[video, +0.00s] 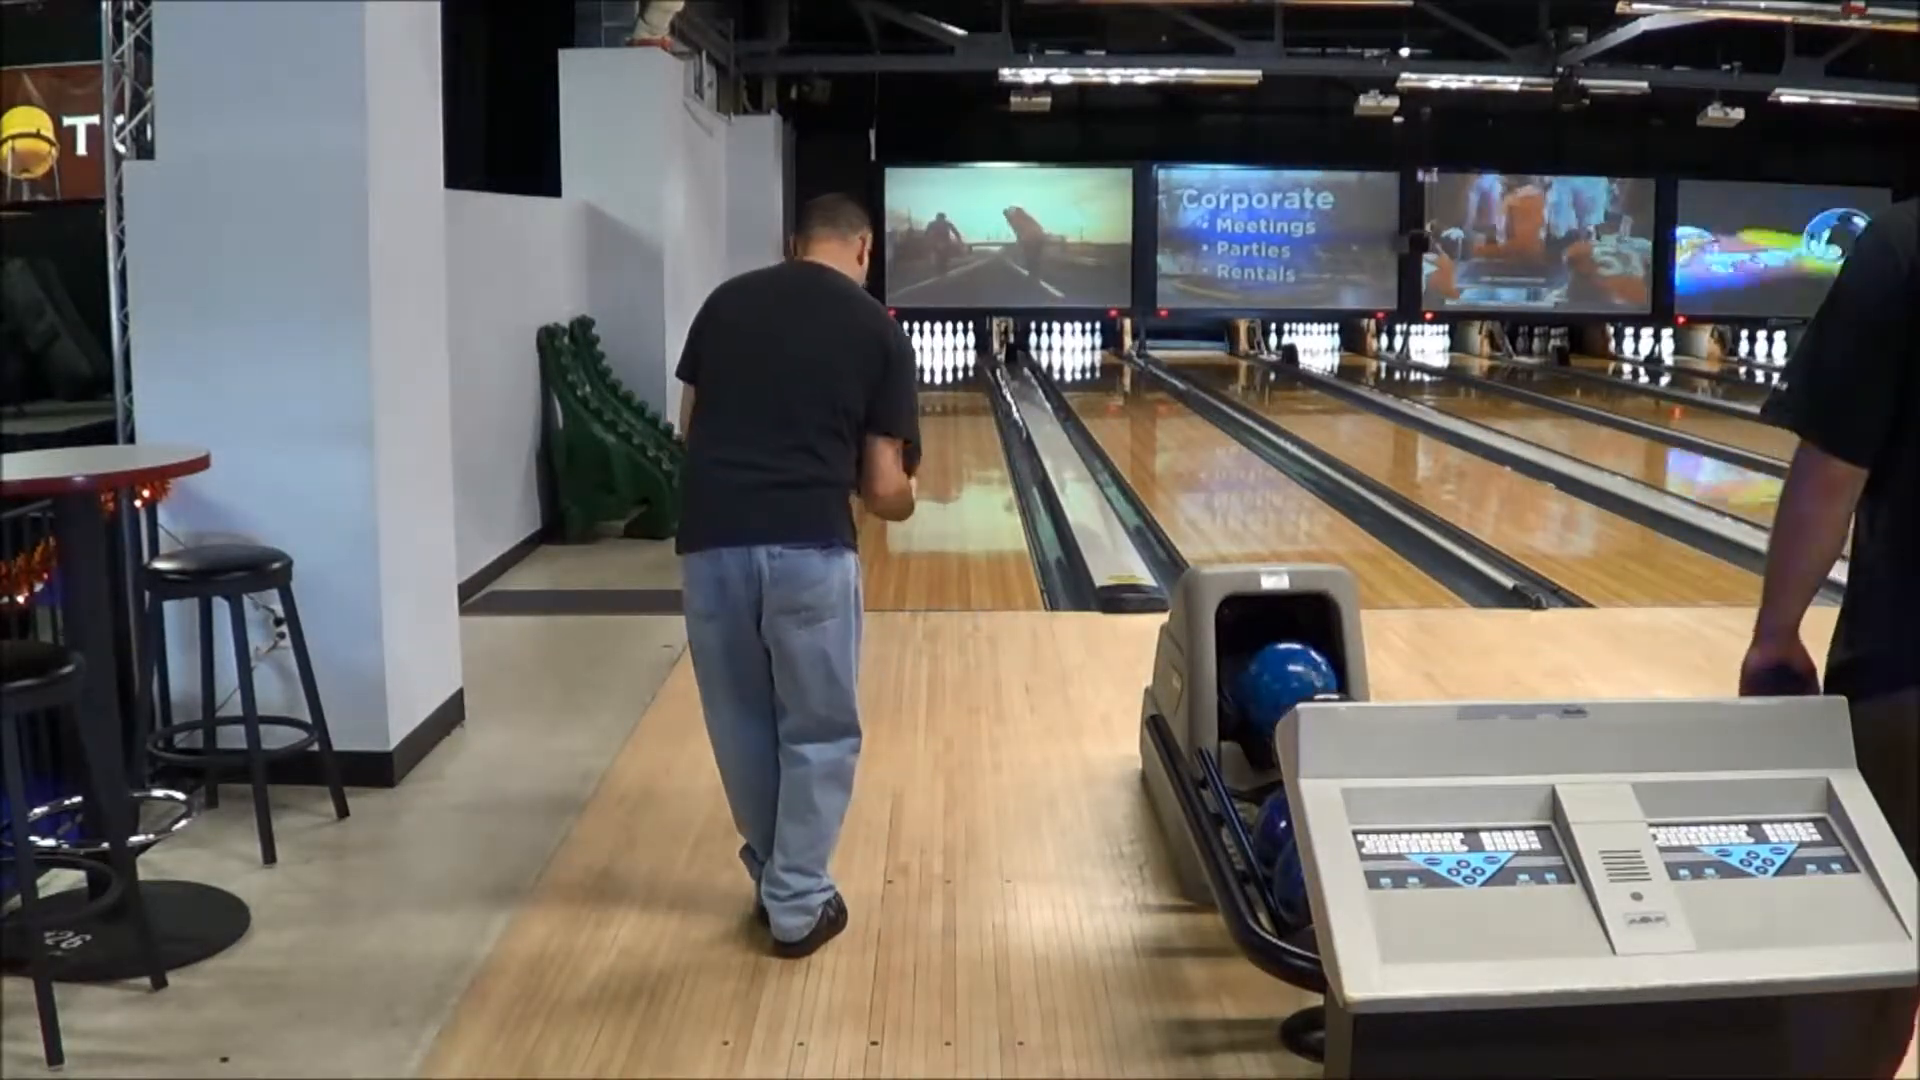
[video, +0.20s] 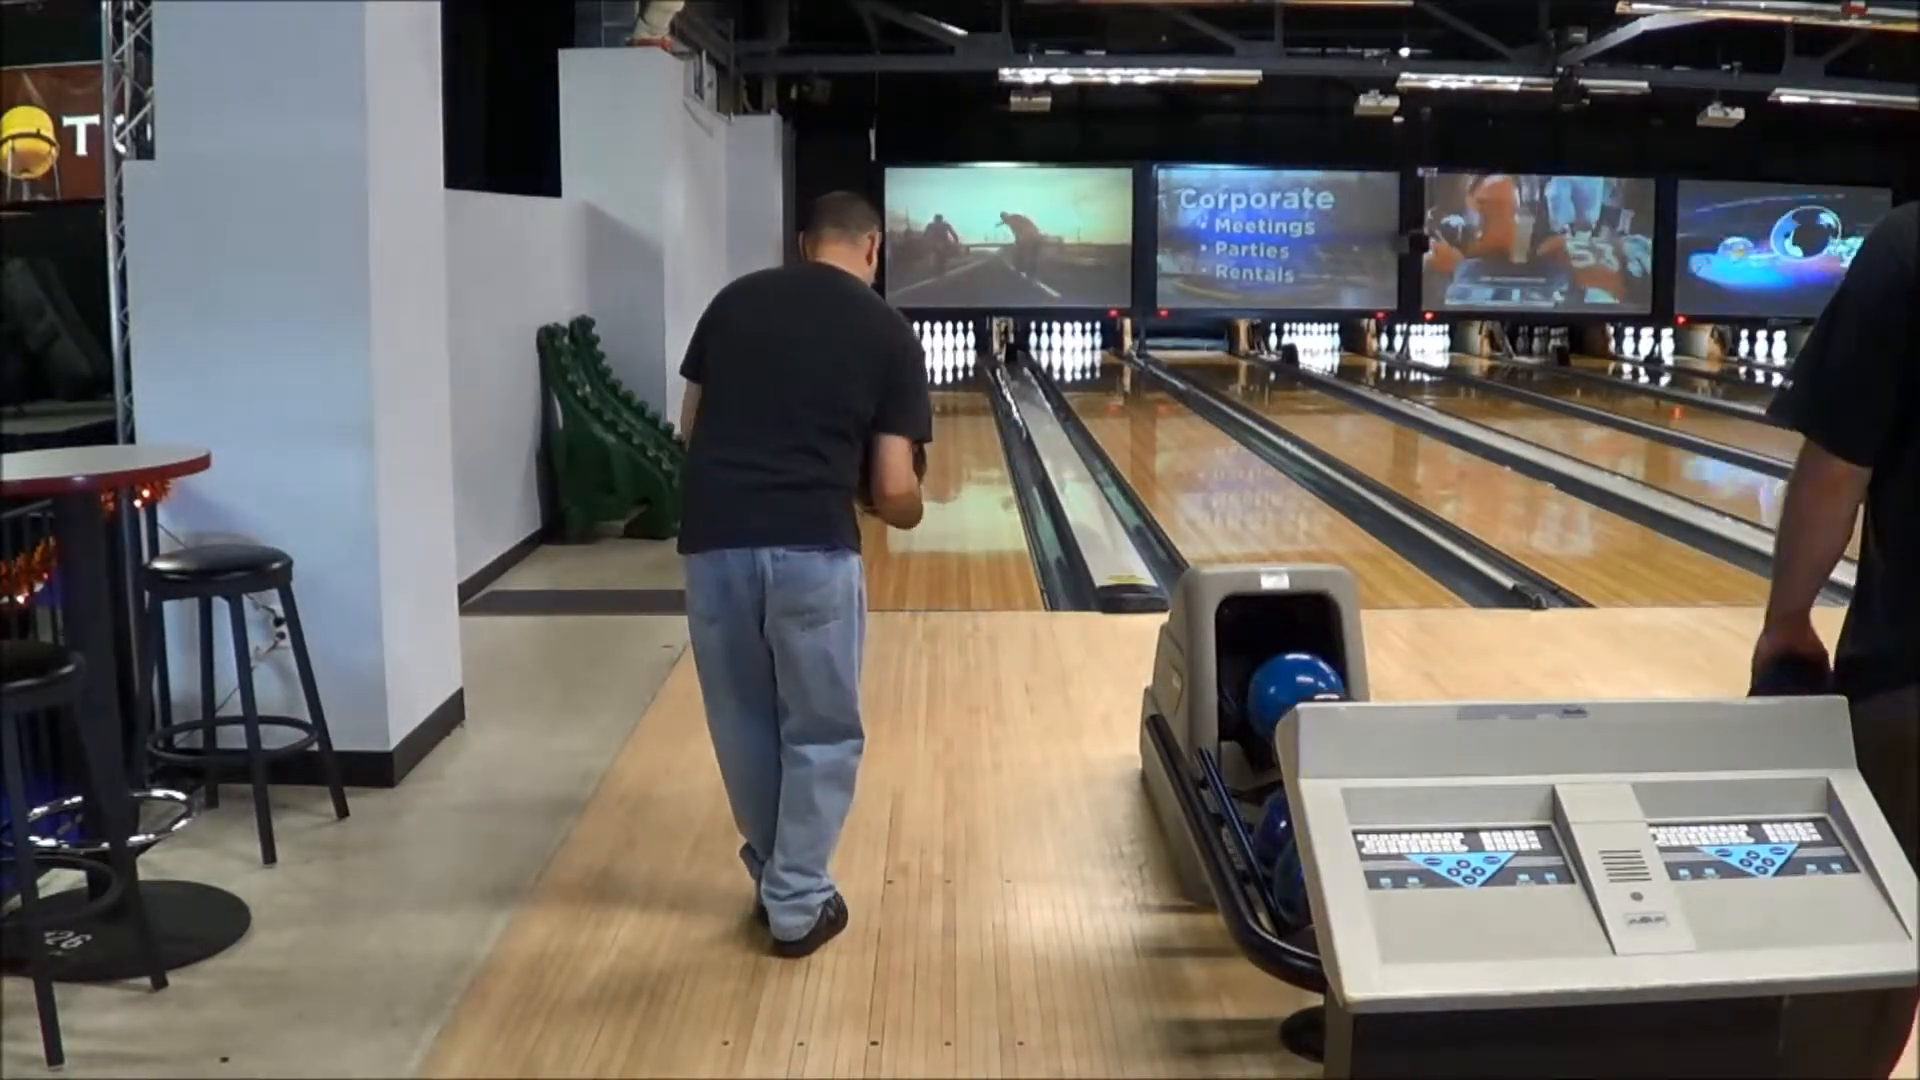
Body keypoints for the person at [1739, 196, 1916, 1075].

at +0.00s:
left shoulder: (1900, 246)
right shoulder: (1895, 247)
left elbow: (1832, 465)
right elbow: (1833, 465)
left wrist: (1776, 631)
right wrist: (1781, 632)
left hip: (1897, 673)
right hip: (1888, 666)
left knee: (1875, 941)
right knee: (1870, 939)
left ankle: (1847, 1060)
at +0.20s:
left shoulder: (1903, 250)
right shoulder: (1898, 251)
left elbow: (1837, 460)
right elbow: (1838, 460)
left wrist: (1787, 615)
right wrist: (1791, 614)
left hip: (1901, 675)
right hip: (1892, 669)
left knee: (1876, 933)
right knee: (1872, 933)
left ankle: (1841, 1062)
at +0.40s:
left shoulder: (1904, 247)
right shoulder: (1899, 248)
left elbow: (1840, 459)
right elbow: (1841, 458)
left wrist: (1795, 617)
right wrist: (1798, 617)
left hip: (1900, 673)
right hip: (1892, 665)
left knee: (1874, 926)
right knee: (1869, 928)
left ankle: (1835, 1061)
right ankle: (1838, 1057)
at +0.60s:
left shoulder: (1904, 247)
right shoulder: (1899, 248)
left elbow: (1837, 461)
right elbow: (1839, 460)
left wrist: (1788, 623)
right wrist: (1792, 622)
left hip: (1903, 670)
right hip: (1893, 663)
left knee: (1877, 922)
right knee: (1872, 921)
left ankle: (1838, 1060)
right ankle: (1839, 1055)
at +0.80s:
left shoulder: (1902, 248)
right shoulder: (1897, 249)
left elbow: (1836, 460)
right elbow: (1838, 460)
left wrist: (1785, 624)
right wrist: (1788, 623)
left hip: (1900, 672)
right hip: (1890, 665)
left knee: (1873, 925)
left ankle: (1837, 1062)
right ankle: (1837, 1057)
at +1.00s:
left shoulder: (1899, 248)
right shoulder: (1894, 249)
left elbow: (1832, 464)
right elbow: (1834, 463)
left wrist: (1780, 627)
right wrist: (1784, 627)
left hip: (1898, 669)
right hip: (1888, 663)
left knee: (1873, 918)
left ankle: (1836, 1060)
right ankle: (1835, 1055)